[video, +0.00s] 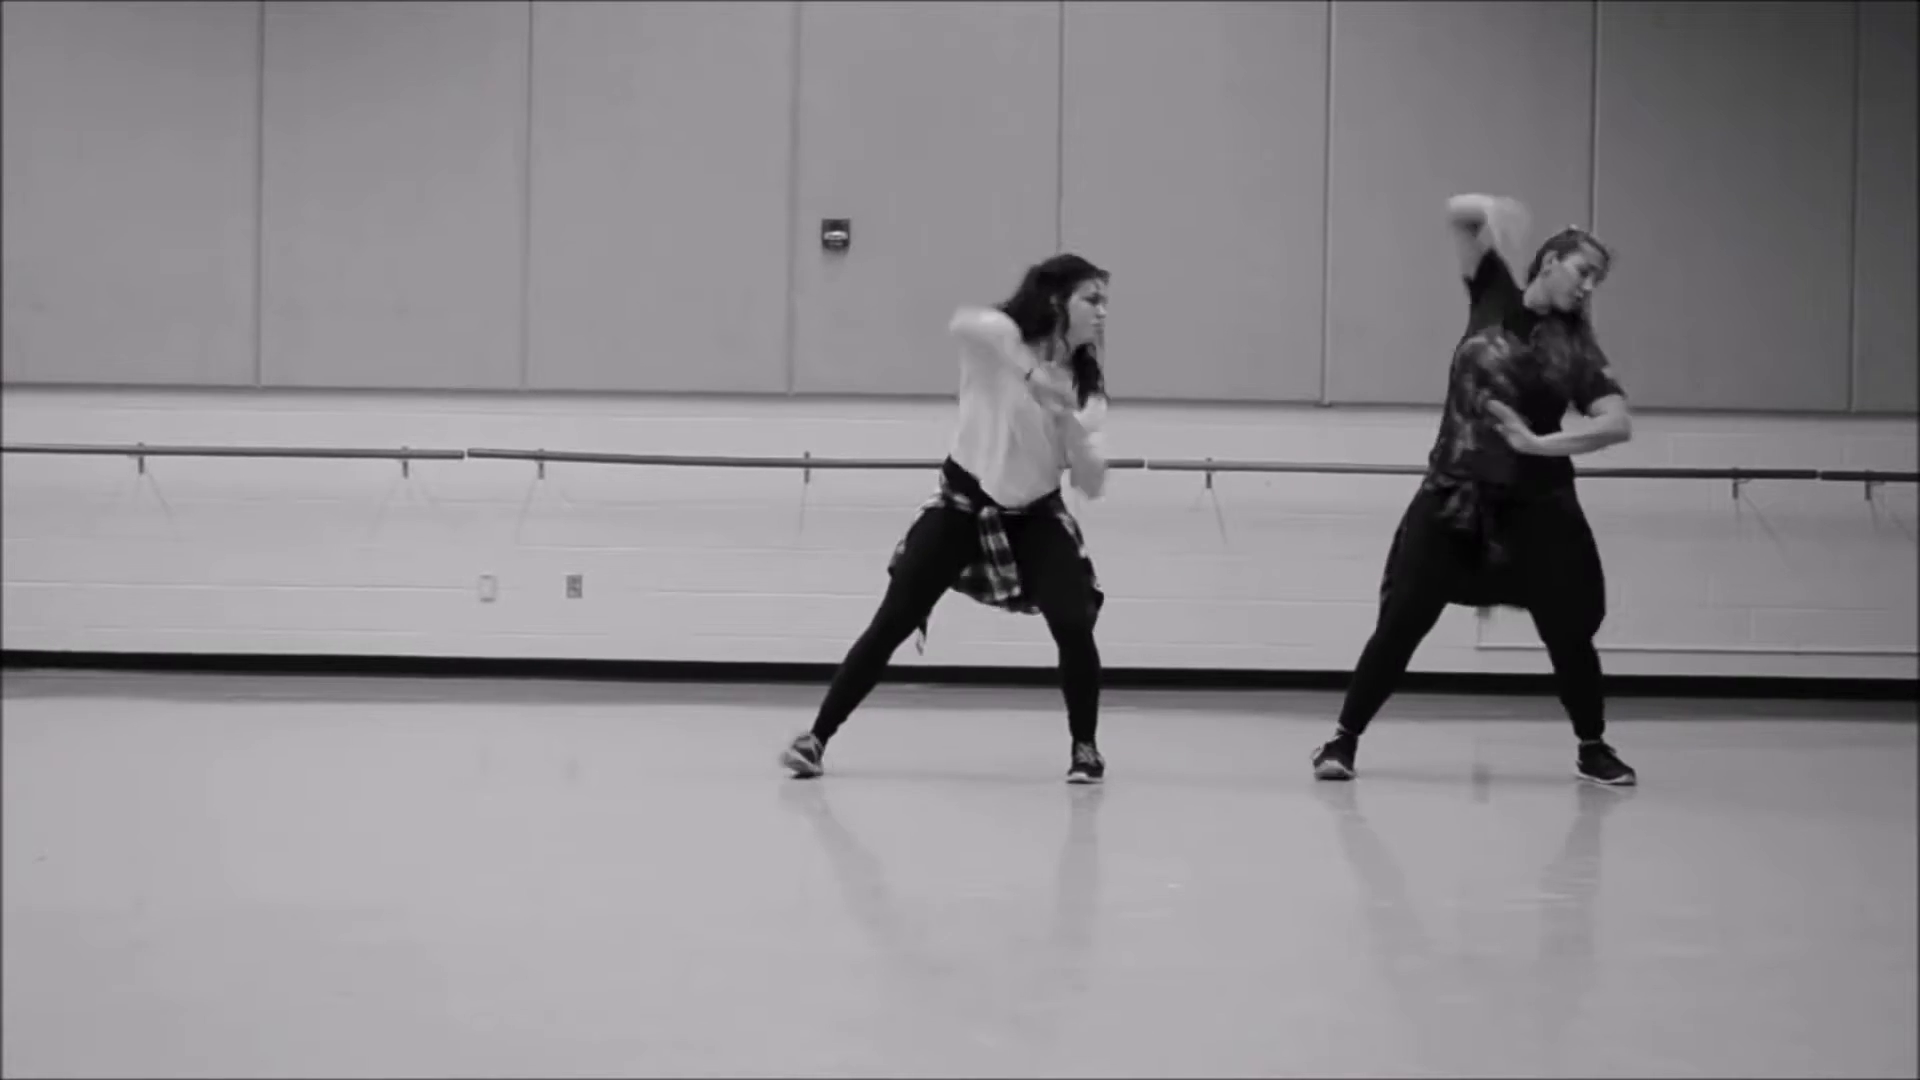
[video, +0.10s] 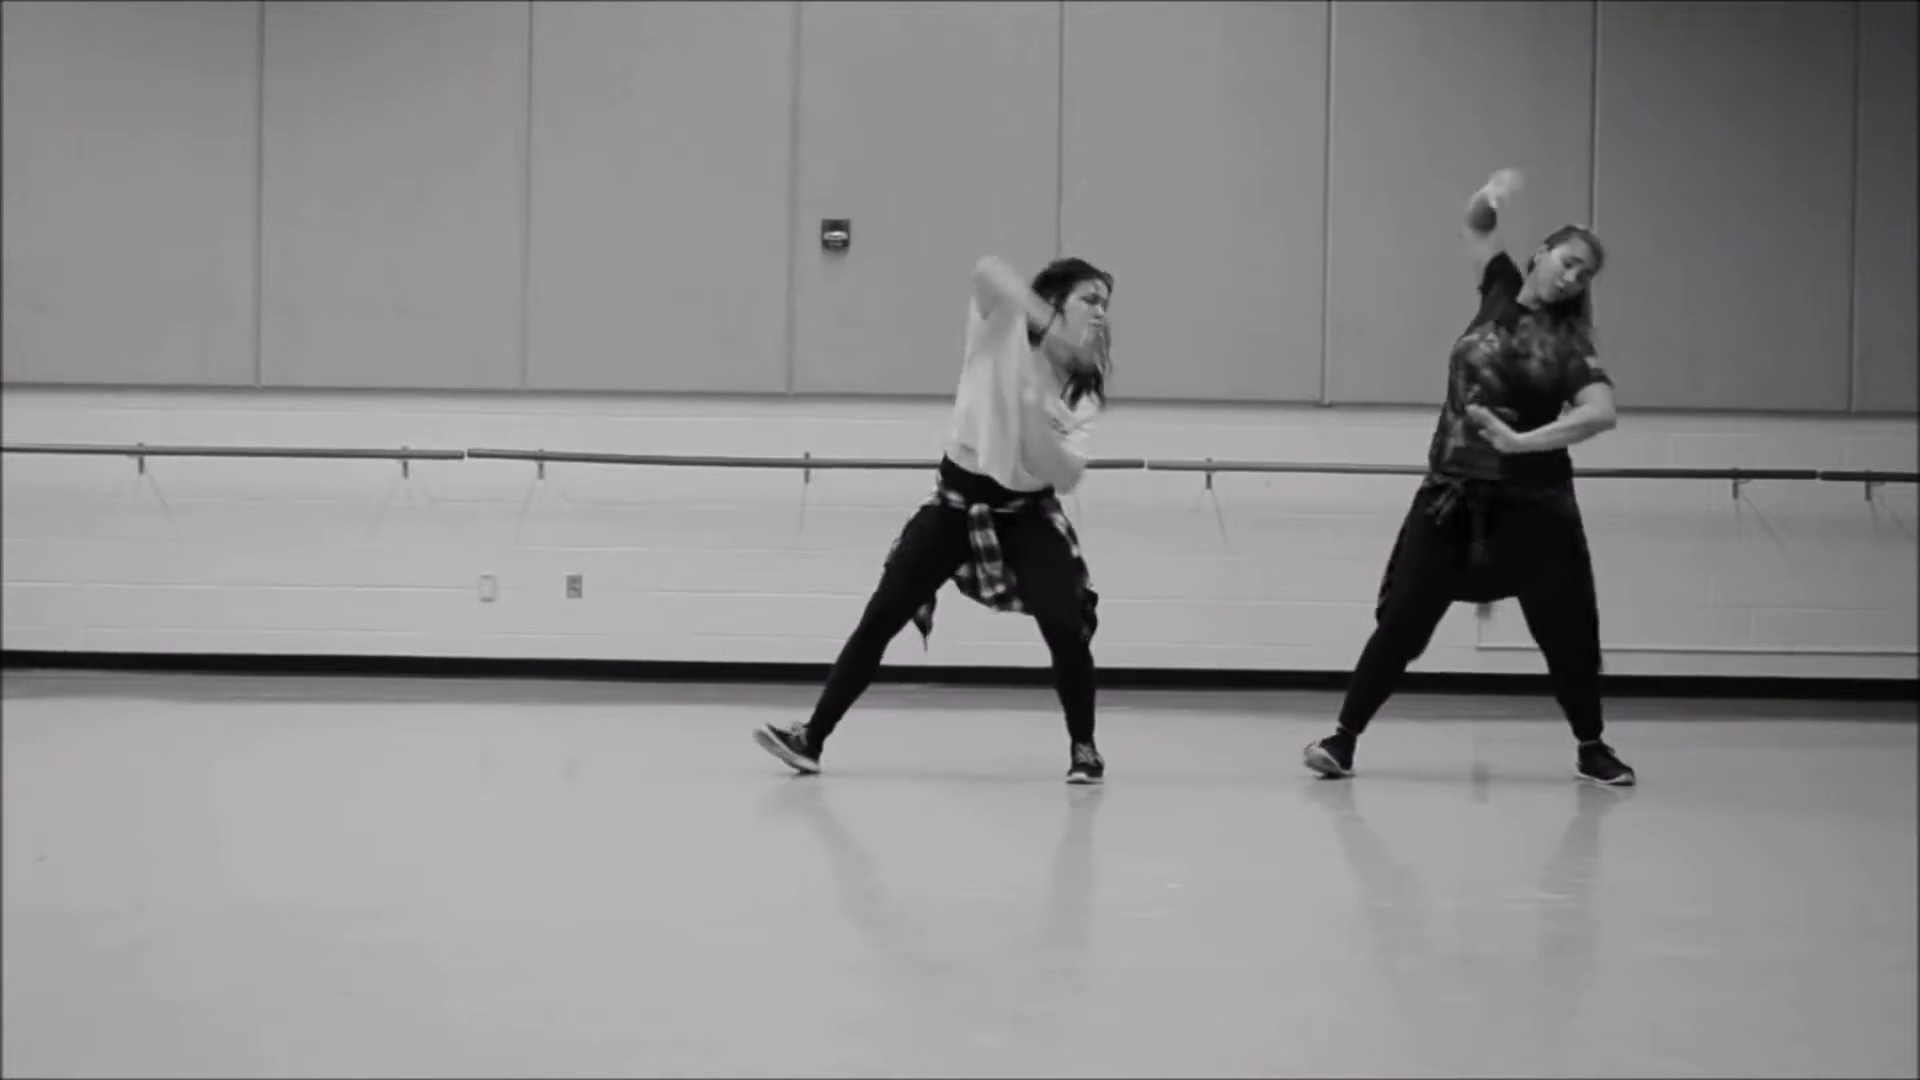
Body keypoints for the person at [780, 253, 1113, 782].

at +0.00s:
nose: (1102, 312)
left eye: (1105, 302)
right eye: (1092, 300)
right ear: (1055, 300)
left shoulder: (1086, 386)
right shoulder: (997, 342)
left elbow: (1093, 483)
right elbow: (966, 324)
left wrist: (1069, 420)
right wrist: (1028, 365)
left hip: (1036, 518)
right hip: (963, 508)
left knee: (1074, 626)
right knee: (892, 621)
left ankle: (1085, 748)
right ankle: (816, 739)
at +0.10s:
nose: (1101, 313)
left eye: (1106, 305)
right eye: (1090, 300)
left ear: (1104, 320)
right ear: (1052, 303)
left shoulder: (1083, 391)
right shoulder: (1001, 331)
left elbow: (1064, 477)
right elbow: (989, 272)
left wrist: (1034, 412)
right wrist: (1053, 331)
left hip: (1029, 514)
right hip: (957, 502)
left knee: (1065, 625)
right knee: (882, 614)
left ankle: (1084, 748)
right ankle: (812, 738)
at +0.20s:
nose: (1089, 305)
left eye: (1096, 301)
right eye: (1078, 295)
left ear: (1096, 325)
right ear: (1048, 300)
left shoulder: (1077, 389)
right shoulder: (998, 321)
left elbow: (1049, 456)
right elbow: (1002, 237)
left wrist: (1016, 411)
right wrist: (1066, 259)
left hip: (1023, 515)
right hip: (952, 503)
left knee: (1056, 628)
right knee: (876, 610)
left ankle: (1083, 747)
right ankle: (811, 736)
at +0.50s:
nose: (1018, 274)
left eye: (1034, 278)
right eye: (1018, 269)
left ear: (1040, 311)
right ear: (997, 282)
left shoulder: (1022, 367)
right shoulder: (969, 315)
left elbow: (996, 420)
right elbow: (985, 237)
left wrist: (942, 368)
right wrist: (1027, 176)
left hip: (992, 509)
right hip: (934, 509)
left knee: (1036, 634)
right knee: (852, 604)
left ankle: (1082, 749)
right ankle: (795, 738)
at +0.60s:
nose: (987, 273)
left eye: (1003, 275)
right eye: (989, 267)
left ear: (1010, 308)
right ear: (971, 286)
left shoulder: (991, 364)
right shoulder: (945, 330)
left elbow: (980, 411)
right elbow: (949, 280)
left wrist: (942, 380)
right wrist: (959, 230)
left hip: (977, 519)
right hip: (917, 517)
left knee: (1026, 635)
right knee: (826, 603)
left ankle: (1081, 746)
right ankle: (791, 738)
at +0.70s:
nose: (946, 273)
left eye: (962, 273)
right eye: (948, 266)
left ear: (971, 303)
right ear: (933, 284)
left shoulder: (963, 362)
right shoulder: (907, 342)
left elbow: (973, 407)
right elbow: (901, 317)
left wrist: (946, 384)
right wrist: (906, 293)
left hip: (950, 516)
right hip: (893, 518)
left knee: (1012, 637)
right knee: (795, 600)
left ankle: (1077, 745)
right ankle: (788, 739)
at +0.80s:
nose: (904, 267)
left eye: (920, 268)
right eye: (909, 261)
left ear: (930, 299)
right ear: (894, 284)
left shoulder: (918, 359)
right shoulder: (870, 340)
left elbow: (942, 405)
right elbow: (863, 336)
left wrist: (955, 380)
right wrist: (859, 314)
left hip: (912, 511)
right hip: (859, 513)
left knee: (981, 627)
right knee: (766, 602)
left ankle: (1054, 735)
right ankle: (784, 741)